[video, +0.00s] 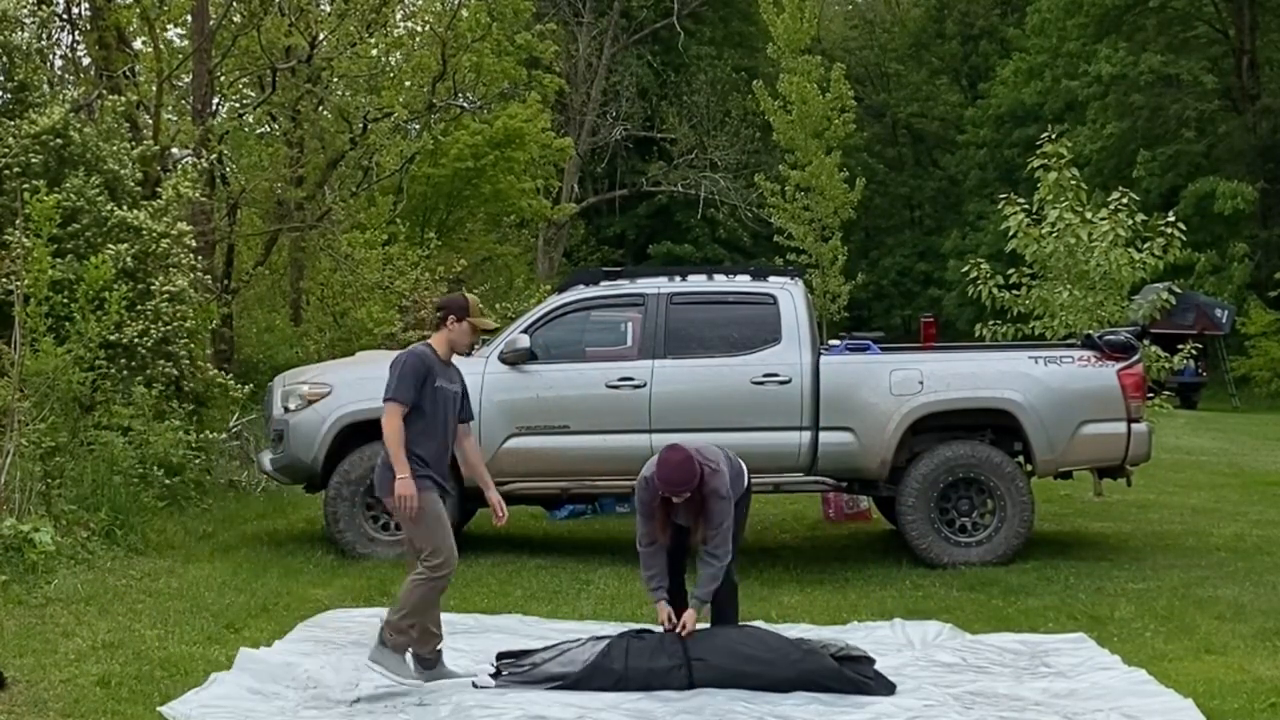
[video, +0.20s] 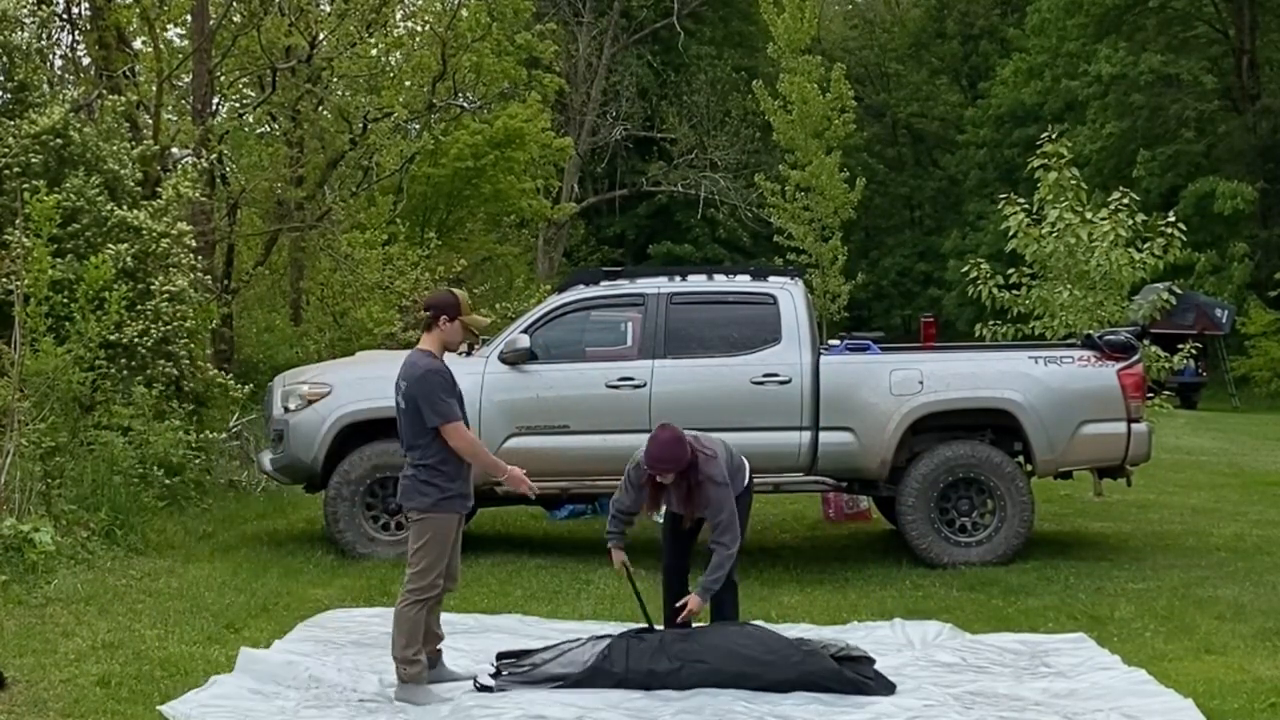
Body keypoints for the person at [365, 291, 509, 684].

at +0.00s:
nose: (475, 339)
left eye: (477, 332)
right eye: (472, 330)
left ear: (457, 325)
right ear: (451, 323)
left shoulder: (455, 376)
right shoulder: (415, 360)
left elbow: (464, 439)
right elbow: (390, 419)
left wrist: (489, 489)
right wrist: (402, 473)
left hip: (432, 482)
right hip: (407, 479)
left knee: (431, 566)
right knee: (441, 560)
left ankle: (427, 656)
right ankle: (389, 645)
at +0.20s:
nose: (466, 335)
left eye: (467, 328)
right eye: (463, 328)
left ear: (439, 323)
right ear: (444, 323)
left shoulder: (425, 367)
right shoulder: (429, 372)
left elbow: (454, 437)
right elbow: (457, 438)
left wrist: (499, 469)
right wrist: (504, 470)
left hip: (446, 498)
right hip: (433, 499)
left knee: (439, 583)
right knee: (421, 587)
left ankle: (429, 663)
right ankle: (408, 678)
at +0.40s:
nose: (468, 339)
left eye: (469, 332)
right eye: (464, 332)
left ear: (436, 326)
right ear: (441, 326)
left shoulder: (408, 363)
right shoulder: (443, 376)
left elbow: (425, 428)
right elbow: (477, 435)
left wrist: (468, 449)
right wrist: (508, 446)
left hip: (423, 491)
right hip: (430, 497)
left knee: (436, 581)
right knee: (417, 587)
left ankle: (428, 664)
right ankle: (408, 679)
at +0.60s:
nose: (414, 340)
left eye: (423, 334)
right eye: (409, 332)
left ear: (441, 333)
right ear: (403, 329)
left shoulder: (457, 368)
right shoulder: (390, 374)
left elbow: (470, 423)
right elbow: (346, 416)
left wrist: (483, 475)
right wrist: (353, 451)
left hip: (449, 493)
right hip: (407, 493)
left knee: (443, 583)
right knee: (413, 587)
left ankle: (430, 662)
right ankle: (407, 679)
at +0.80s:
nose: (432, 350)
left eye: (435, 343)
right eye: (425, 344)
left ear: (439, 337)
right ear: (404, 337)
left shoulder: (444, 364)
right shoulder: (377, 382)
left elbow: (462, 418)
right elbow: (346, 439)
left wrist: (476, 469)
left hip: (445, 493)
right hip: (404, 499)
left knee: (445, 584)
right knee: (407, 590)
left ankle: (429, 662)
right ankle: (404, 682)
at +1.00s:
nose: (478, 352)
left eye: (479, 345)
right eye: (475, 345)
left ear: (454, 338)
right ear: (454, 339)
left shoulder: (444, 372)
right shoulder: (423, 387)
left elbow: (445, 447)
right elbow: (434, 462)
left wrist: (460, 493)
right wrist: (476, 500)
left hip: (449, 496)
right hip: (420, 503)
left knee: (479, 565)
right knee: (415, 593)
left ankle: (471, 653)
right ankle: (407, 683)